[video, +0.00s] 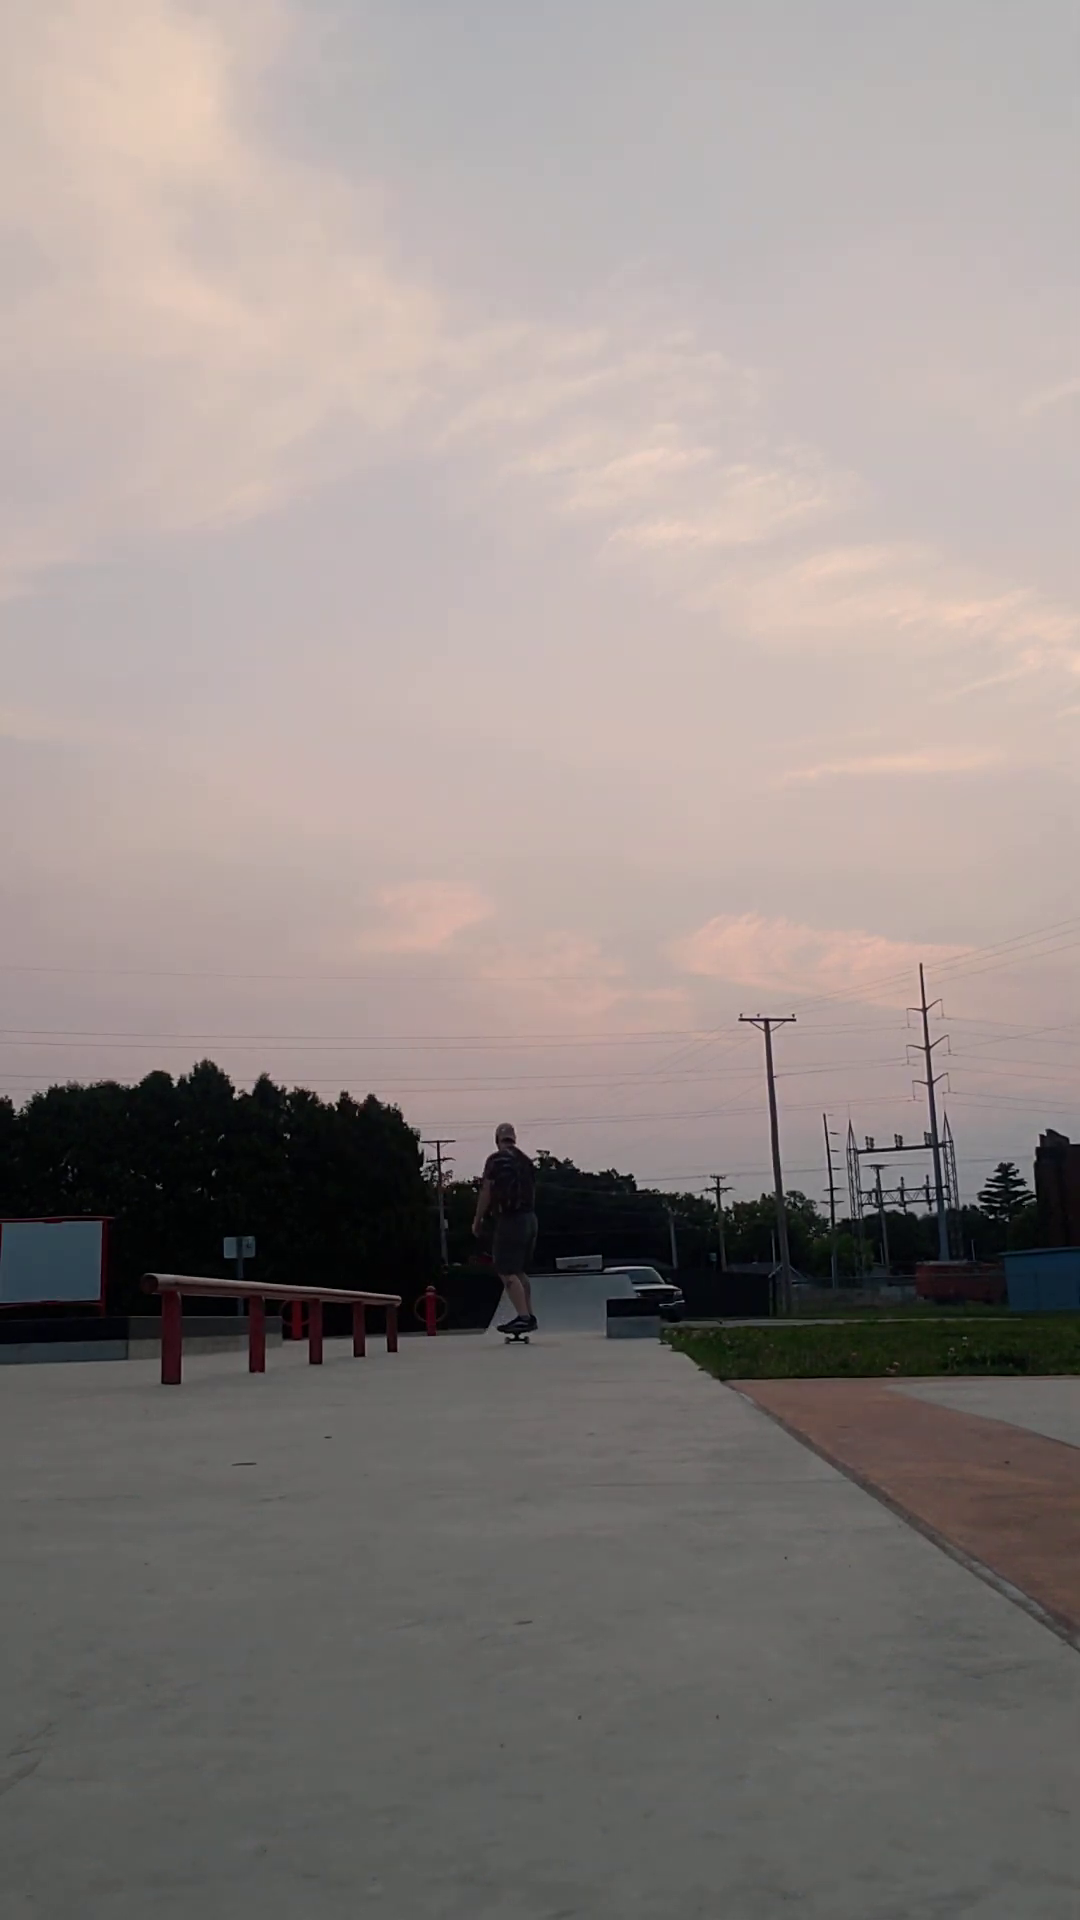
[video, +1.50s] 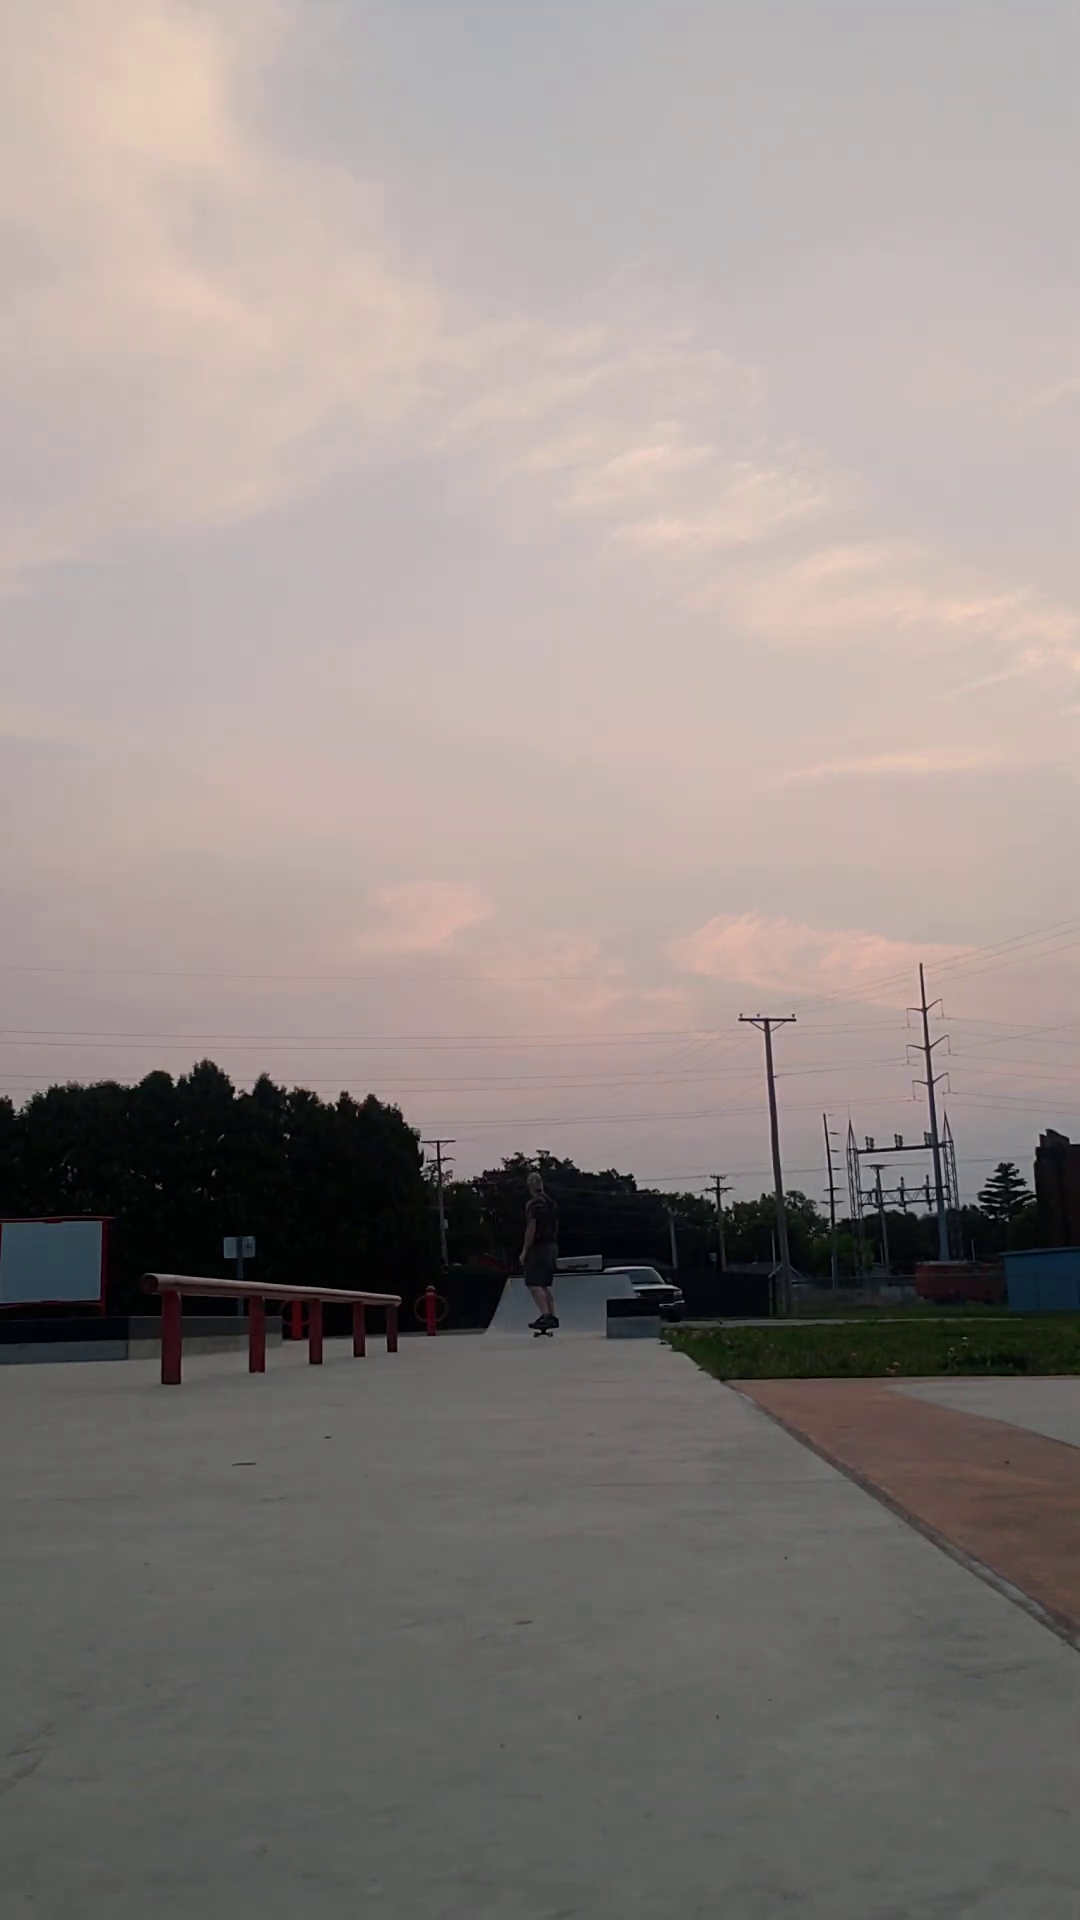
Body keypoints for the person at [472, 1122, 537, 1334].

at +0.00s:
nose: (502, 1144)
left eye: (500, 1140)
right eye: (506, 1140)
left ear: (497, 1140)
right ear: (515, 1139)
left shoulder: (495, 1160)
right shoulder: (526, 1160)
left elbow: (486, 1190)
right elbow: (529, 1191)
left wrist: (478, 1218)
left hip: (508, 1219)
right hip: (528, 1217)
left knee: (506, 1270)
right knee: (519, 1270)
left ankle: (523, 1315)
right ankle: (528, 1315)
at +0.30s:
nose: (510, 1156)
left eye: (507, 1153)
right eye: (512, 1153)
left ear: (503, 1153)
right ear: (520, 1152)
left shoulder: (502, 1173)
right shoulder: (531, 1172)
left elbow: (496, 1205)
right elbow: (537, 1206)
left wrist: (491, 1231)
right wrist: (537, 1233)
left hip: (512, 1228)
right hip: (531, 1227)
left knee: (510, 1274)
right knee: (522, 1274)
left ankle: (522, 1316)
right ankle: (527, 1316)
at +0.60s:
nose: (518, 1162)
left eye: (518, 1159)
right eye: (518, 1159)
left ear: (510, 1161)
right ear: (526, 1160)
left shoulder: (509, 1180)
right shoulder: (535, 1179)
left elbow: (504, 1209)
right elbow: (540, 1208)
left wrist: (500, 1235)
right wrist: (540, 1230)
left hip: (518, 1232)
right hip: (535, 1231)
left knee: (516, 1276)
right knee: (528, 1276)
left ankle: (528, 1316)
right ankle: (535, 1315)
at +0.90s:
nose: (516, 1173)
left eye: (516, 1169)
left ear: (516, 1170)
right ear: (531, 1170)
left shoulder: (518, 1188)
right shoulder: (540, 1187)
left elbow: (513, 1216)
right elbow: (545, 1213)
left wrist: (506, 1241)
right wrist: (542, 1232)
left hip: (525, 1238)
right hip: (541, 1237)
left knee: (523, 1278)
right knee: (535, 1278)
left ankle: (535, 1313)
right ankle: (543, 1313)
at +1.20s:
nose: (525, 1181)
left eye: (524, 1178)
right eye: (528, 1178)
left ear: (523, 1179)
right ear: (537, 1178)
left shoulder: (525, 1199)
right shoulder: (545, 1196)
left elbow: (523, 1225)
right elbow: (548, 1221)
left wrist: (519, 1249)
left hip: (534, 1243)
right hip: (547, 1242)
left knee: (529, 1280)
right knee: (540, 1281)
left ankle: (544, 1314)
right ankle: (547, 1315)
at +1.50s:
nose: (531, 1188)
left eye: (530, 1185)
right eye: (533, 1185)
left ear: (529, 1187)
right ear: (542, 1185)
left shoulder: (532, 1204)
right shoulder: (550, 1202)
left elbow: (531, 1229)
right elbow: (553, 1227)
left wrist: (524, 1251)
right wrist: (550, 1244)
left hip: (538, 1247)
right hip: (550, 1247)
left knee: (533, 1282)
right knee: (544, 1284)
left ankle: (545, 1315)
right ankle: (551, 1316)